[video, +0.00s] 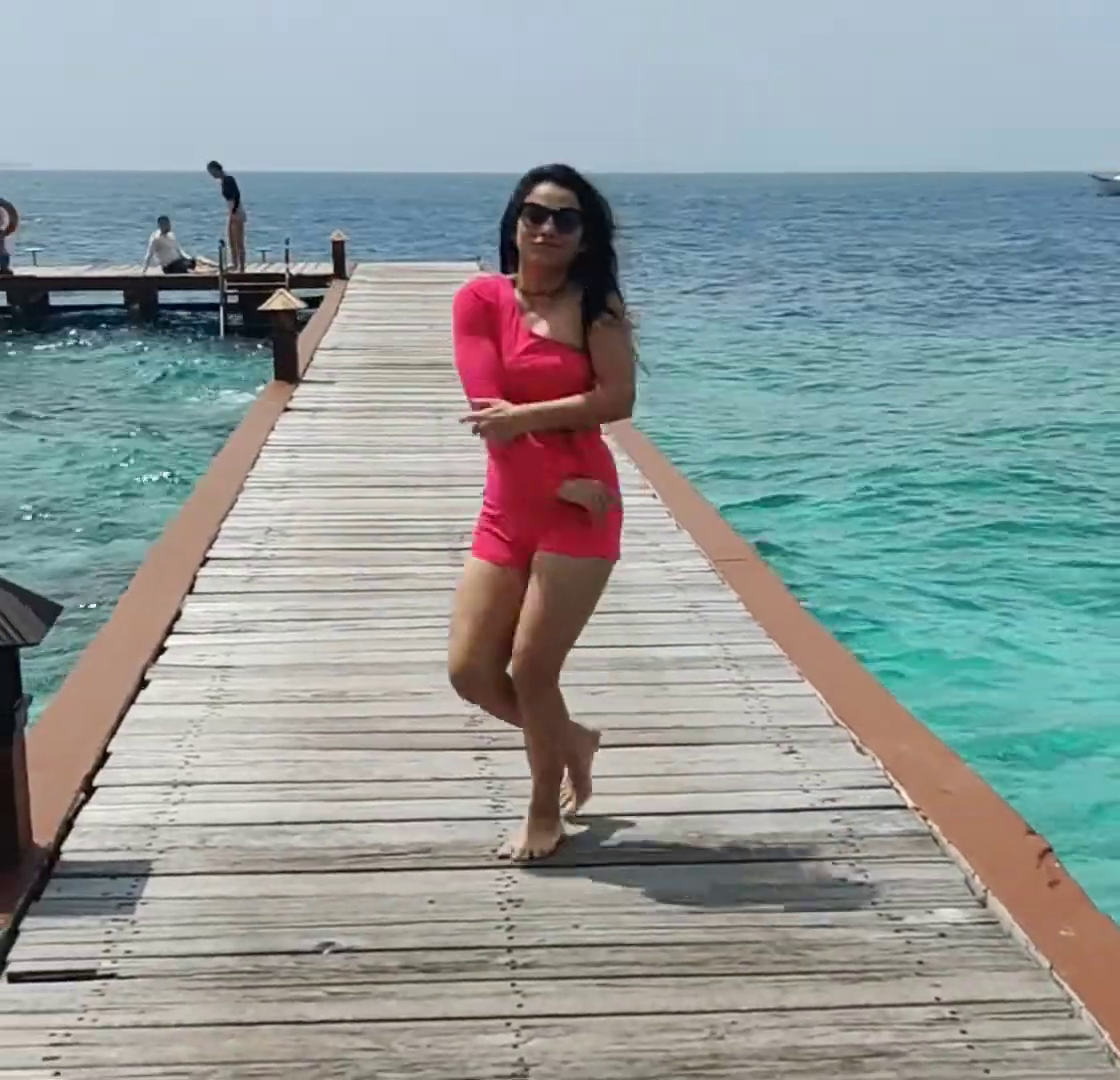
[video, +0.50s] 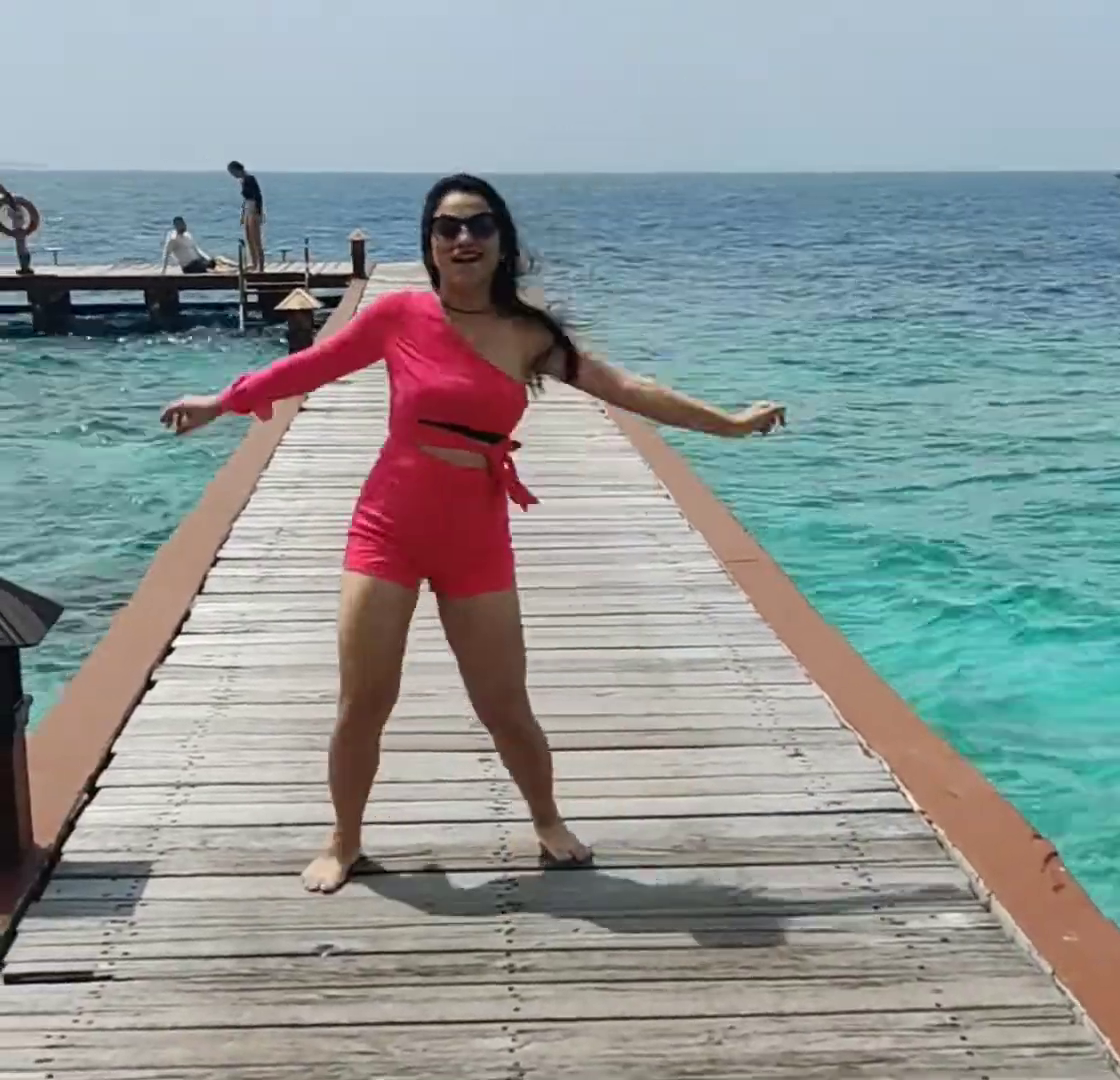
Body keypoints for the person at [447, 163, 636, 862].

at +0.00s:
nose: (549, 227)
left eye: (566, 218)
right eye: (535, 214)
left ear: (586, 233)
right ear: (515, 223)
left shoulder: (600, 310)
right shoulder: (479, 299)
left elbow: (618, 400)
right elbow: (488, 410)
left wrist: (526, 415)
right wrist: (557, 481)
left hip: (580, 513)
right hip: (506, 509)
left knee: (533, 670)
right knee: (470, 671)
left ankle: (543, 816)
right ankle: (573, 742)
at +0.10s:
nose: (542, 228)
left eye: (559, 219)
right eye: (528, 215)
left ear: (579, 234)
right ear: (508, 225)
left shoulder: (593, 315)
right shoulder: (469, 298)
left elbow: (651, 397)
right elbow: (448, 404)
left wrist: (575, 432)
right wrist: (456, 497)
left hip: (570, 508)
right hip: (489, 505)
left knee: (535, 669)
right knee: (422, 645)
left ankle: (547, 818)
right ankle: (467, 750)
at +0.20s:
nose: (527, 208)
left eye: (545, 197)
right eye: (513, 195)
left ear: (568, 213)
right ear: (494, 208)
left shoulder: (587, 295)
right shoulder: (455, 276)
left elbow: (672, 358)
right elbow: (391, 369)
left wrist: (628, 435)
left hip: (555, 502)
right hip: (468, 496)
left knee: (544, 664)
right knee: (401, 622)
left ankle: (550, 813)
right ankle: (381, 781)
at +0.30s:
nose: (502, 203)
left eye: (519, 192)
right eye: (489, 191)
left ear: (545, 206)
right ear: (471, 204)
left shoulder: (569, 289)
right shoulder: (437, 276)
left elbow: (673, 340)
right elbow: (342, 351)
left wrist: (680, 432)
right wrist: (258, 414)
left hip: (525, 490)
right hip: (438, 484)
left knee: (529, 671)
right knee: (380, 659)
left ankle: (547, 812)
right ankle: (338, 816)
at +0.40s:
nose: (476, 228)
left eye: (492, 215)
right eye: (461, 216)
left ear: (517, 229)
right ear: (444, 231)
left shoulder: (546, 314)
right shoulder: (415, 304)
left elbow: (638, 370)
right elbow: (323, 354)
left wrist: (736, 407)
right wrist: (229, 390)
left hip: (490, 518)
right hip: (404, 512)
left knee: (514, 698)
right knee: (370, 689)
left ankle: (542, 821)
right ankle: (336, 841)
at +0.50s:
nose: (461, 240)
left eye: (477, 227)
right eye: (447, 228)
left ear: (503, 242)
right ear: (429, 242)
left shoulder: (530, 334)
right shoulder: (398, 315)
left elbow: (625, 391)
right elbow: (311, 366)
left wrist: (728, 423)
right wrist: (220, 403)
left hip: (476, 535)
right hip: (387, 526)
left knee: (505, 708)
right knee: (364, 702)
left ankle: (549, 824)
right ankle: (344, 843)